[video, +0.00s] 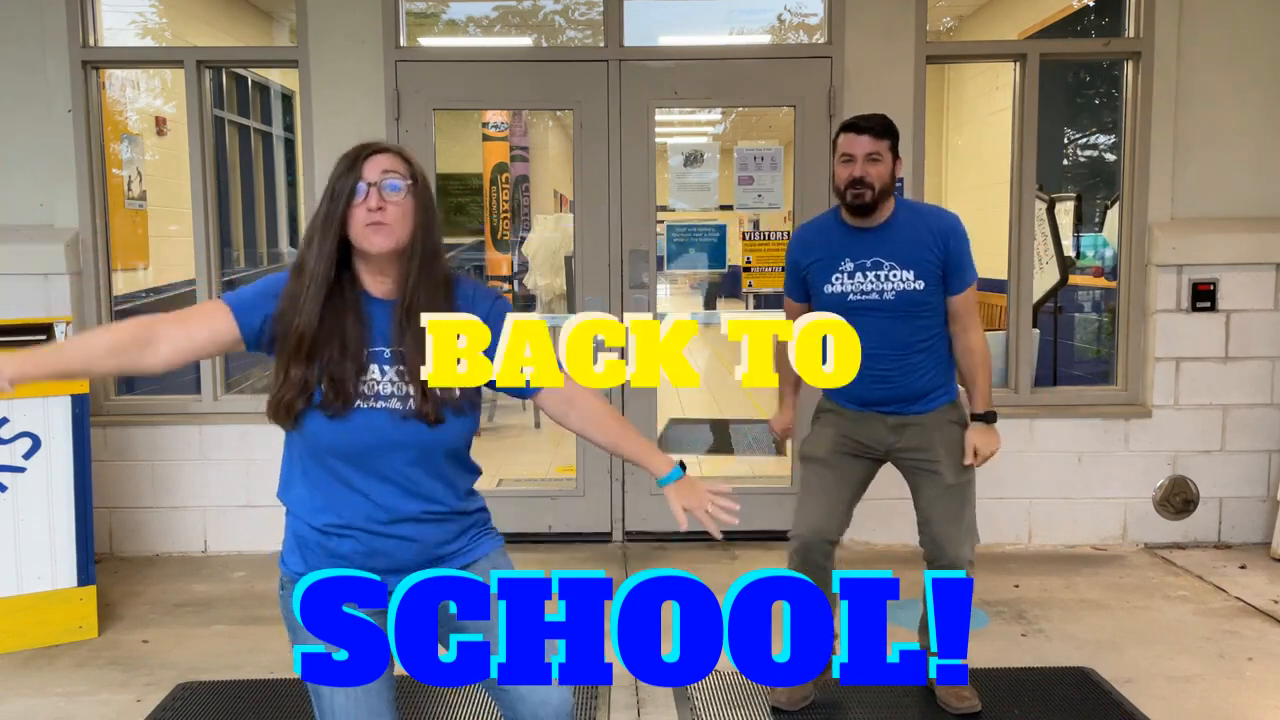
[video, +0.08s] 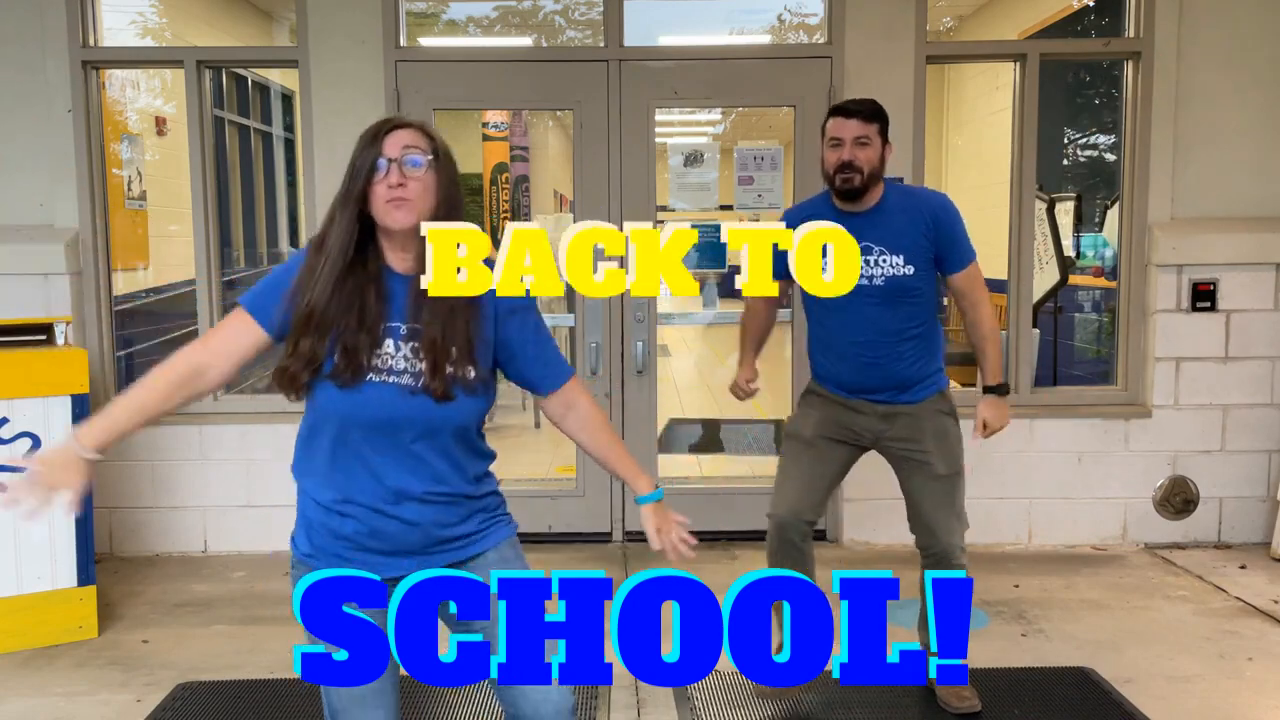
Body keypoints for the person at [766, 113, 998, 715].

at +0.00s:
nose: (858, 171)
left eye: (872, 159)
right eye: (847, 159)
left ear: (896, 167)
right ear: (832, 168)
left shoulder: (940, 232)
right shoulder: (808, 243)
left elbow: (966, 328)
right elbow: (794, 331)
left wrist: (982, 415)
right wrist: (787, 402)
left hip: (932, 420)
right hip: (842, 418)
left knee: (952, 554)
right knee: (809, 539)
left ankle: (948, 665)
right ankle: (806, 661)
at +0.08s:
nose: (846, 155)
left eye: (860, 143)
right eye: (835, 144)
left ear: (885, 152)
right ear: (821, 153)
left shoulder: (930, 213)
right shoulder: (801, 222)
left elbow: (974, 296)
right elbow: (765, 294)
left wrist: (992, 387)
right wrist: (746, 359)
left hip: (920, 410)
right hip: (829, 406)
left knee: (944, 546)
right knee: (786, 519)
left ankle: (950, 667)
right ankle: (795, 651)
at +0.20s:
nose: (819, 145)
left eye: (833, 132)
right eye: (807, 134)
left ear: (858, 138)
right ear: (794, 145)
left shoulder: (905, 194)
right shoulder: (773, 212)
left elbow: (975, 266)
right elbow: (723, 276)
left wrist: (1013, 348)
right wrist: (686, 336)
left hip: (898, 398)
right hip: (810, 394)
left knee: (933, 529)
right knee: (763, 523)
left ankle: (942, 657)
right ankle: (720, 663)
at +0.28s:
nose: (795, 158)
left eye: (808, 144)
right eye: (782, 148)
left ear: (833, 148)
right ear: (771, 157)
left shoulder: (882, 202)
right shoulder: (752, 228)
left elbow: (968, 262)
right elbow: (680, 289)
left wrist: (1017, 337)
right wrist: (644, 354)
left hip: (879, 412)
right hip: (787, 418)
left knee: (926, 551)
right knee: (738, 545)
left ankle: (940, 661)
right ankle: (690, 678)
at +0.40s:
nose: (750, 152)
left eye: (761, 138)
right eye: (736, 144)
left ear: (788, 142)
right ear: (725, 156)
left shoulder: (833, 199)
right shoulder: (715, 221)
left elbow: (917, 252)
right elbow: (647, 297)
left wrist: (968, 326)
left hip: (840, 412)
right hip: (751, 412)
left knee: (899, 542)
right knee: (708, 548)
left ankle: (940, 657)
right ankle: (678, 690)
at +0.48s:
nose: (718, 140)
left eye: (728, 126)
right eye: (704, 132)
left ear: (756, 130)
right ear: (693, 143)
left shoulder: (804, 186)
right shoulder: (680, 208)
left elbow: (856, 252)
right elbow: (632, 281)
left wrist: (902, 318)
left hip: (804, 401)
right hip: (714, 406)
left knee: (856, 525)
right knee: (688, 543)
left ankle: (907, 650)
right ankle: (678, 680)